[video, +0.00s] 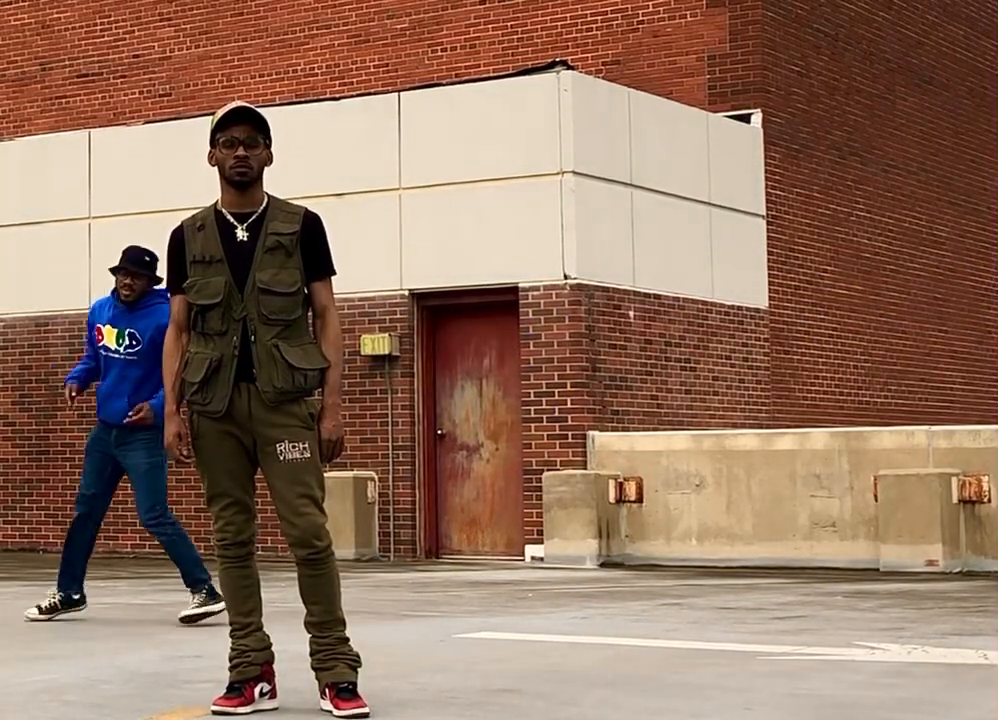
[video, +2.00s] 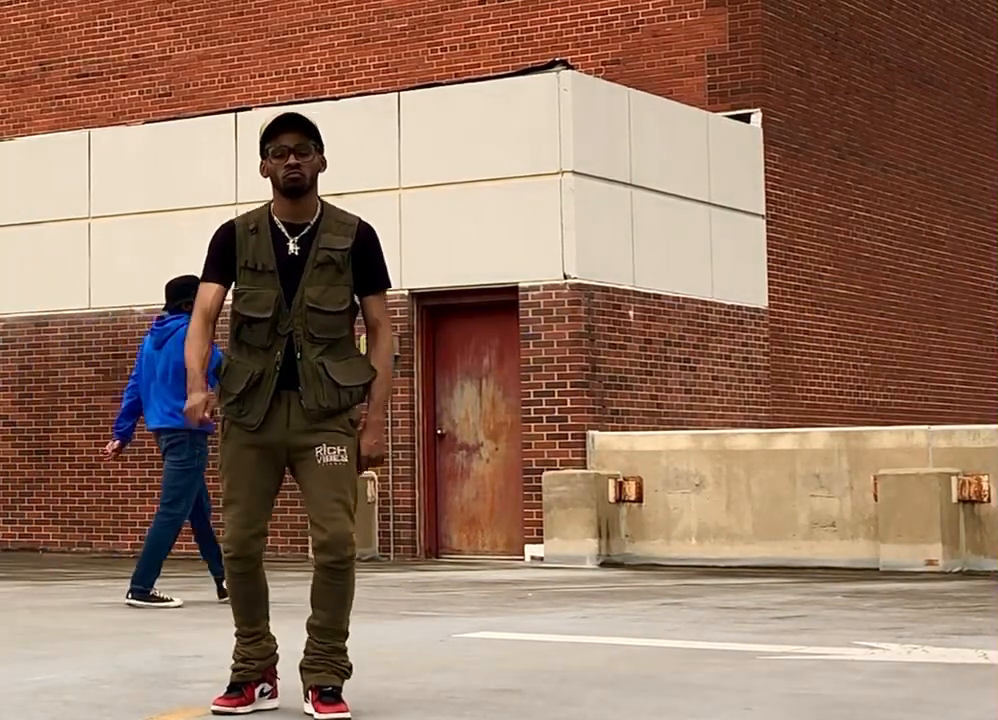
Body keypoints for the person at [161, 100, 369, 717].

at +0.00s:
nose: (241, 153)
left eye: (251, 144)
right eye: (230, 144)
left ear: (268, 154)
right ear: (212, 155)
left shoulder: (301, 224)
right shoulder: (187, 235)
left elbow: (327, 317)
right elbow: (177, 329)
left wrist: (333, 403)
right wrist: (171, 409)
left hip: (287, 403)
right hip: (212, 407)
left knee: (309, 538)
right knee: (232, 540)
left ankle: (336, 671)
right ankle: (250, 667)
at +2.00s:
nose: (291, 161)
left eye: (302, 151)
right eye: (280, 153)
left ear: (321, 162)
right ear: (264, 166)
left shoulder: (355, 236)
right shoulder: (234, 237)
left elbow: (380, 327)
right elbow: (203, 316)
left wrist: (373, 407)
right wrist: (196, 383)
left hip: (328, 411)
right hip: (250, 410)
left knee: (335, 543)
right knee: (239, 541)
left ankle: (324, 674)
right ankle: (253, 666)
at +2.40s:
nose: (337, 184)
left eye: (348, 176)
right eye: (326, 172)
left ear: (358, 184)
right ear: (300, 175)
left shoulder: (365, 250)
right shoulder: (255, 233)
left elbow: (388, 315)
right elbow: (235, 326)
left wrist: (399, 347)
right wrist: (260, 415)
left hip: (315, 411)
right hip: (238, 405)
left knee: (334, 534)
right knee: (226, 537)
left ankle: (324, 676)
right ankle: (247, 669)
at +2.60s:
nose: (303, 193)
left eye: (313, 185)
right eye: (291, 183)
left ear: (324, 196)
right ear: (267, 190)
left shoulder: (339, 271)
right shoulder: (228, 258)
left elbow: (353, 353)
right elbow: (234, 361)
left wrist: (352, 362)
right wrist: (293, 433)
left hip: (304, 430)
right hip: (229, 431)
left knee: (349, 539)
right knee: (221, 550)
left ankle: (322, 672)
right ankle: (244, 675)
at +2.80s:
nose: (281, 163)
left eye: (292, 156)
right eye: (269, 156)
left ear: (309, 169)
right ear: (253, 169)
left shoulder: (341, 246)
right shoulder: (220, 240)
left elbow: (350, 345)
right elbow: (206, 333)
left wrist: (328, 423)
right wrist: (237, 412)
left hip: (313, 415)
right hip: (235, 414)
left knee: (342, 533)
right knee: (226, 541)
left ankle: (327, 671)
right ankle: (245, 674)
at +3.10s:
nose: (294, 169)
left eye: (305, 161)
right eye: (282, 163)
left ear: (323, 175)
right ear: (266, 179)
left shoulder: (358, 245)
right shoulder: (241, 252)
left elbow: (368, 320)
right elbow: (226, 322)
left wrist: (349, 385)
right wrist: (213, 366)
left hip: (338, 414)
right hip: (260, 415)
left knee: (351, 551)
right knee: (236, 544)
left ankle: (330, 677)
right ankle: (248, 672)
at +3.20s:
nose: (299, 156)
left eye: (310, 150)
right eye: (287, 150)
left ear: (324, 165)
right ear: (269, 166)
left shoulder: (356, 231)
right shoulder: (241, 238)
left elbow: (372, 290)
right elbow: (243, 315)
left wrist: (352, 324)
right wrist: (246, 378)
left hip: (338, 404)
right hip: (266, 402)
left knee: (350, 542)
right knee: (241, 539)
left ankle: (331, 675)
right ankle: (251, 668)